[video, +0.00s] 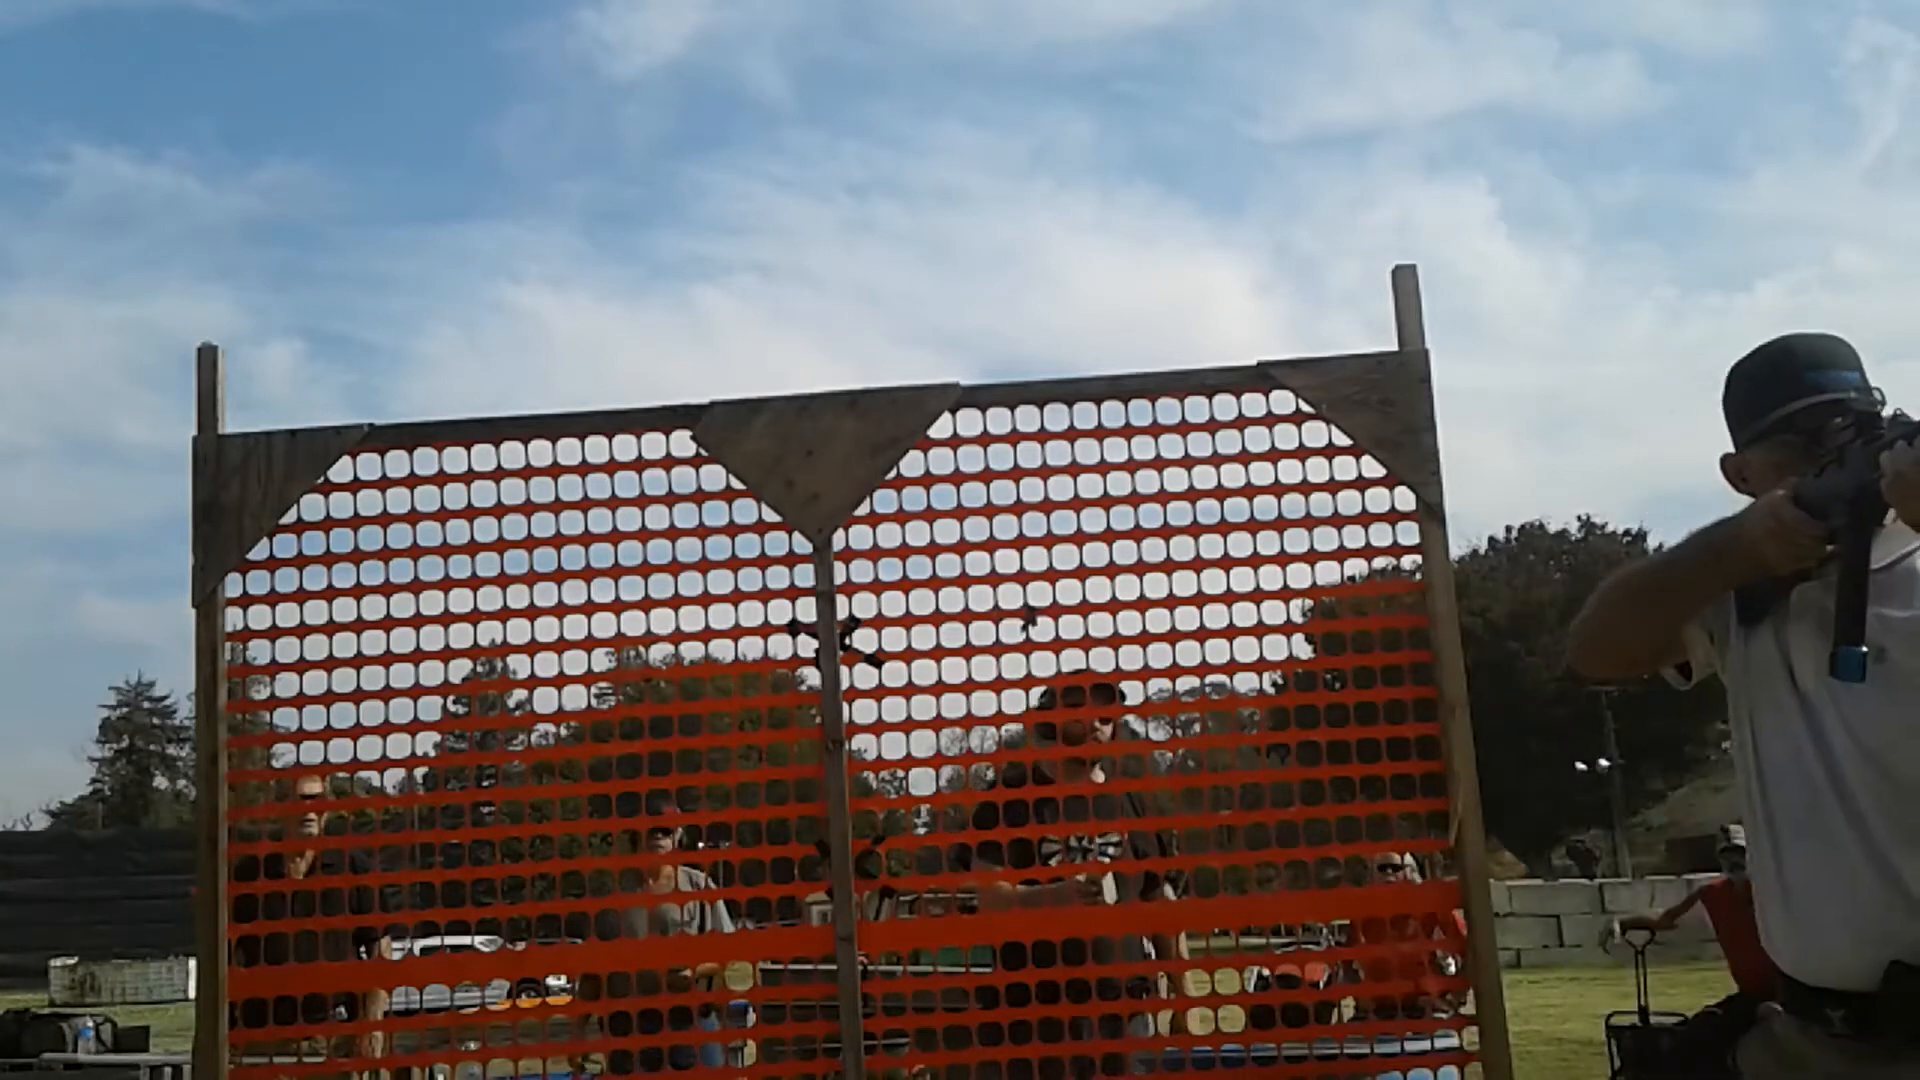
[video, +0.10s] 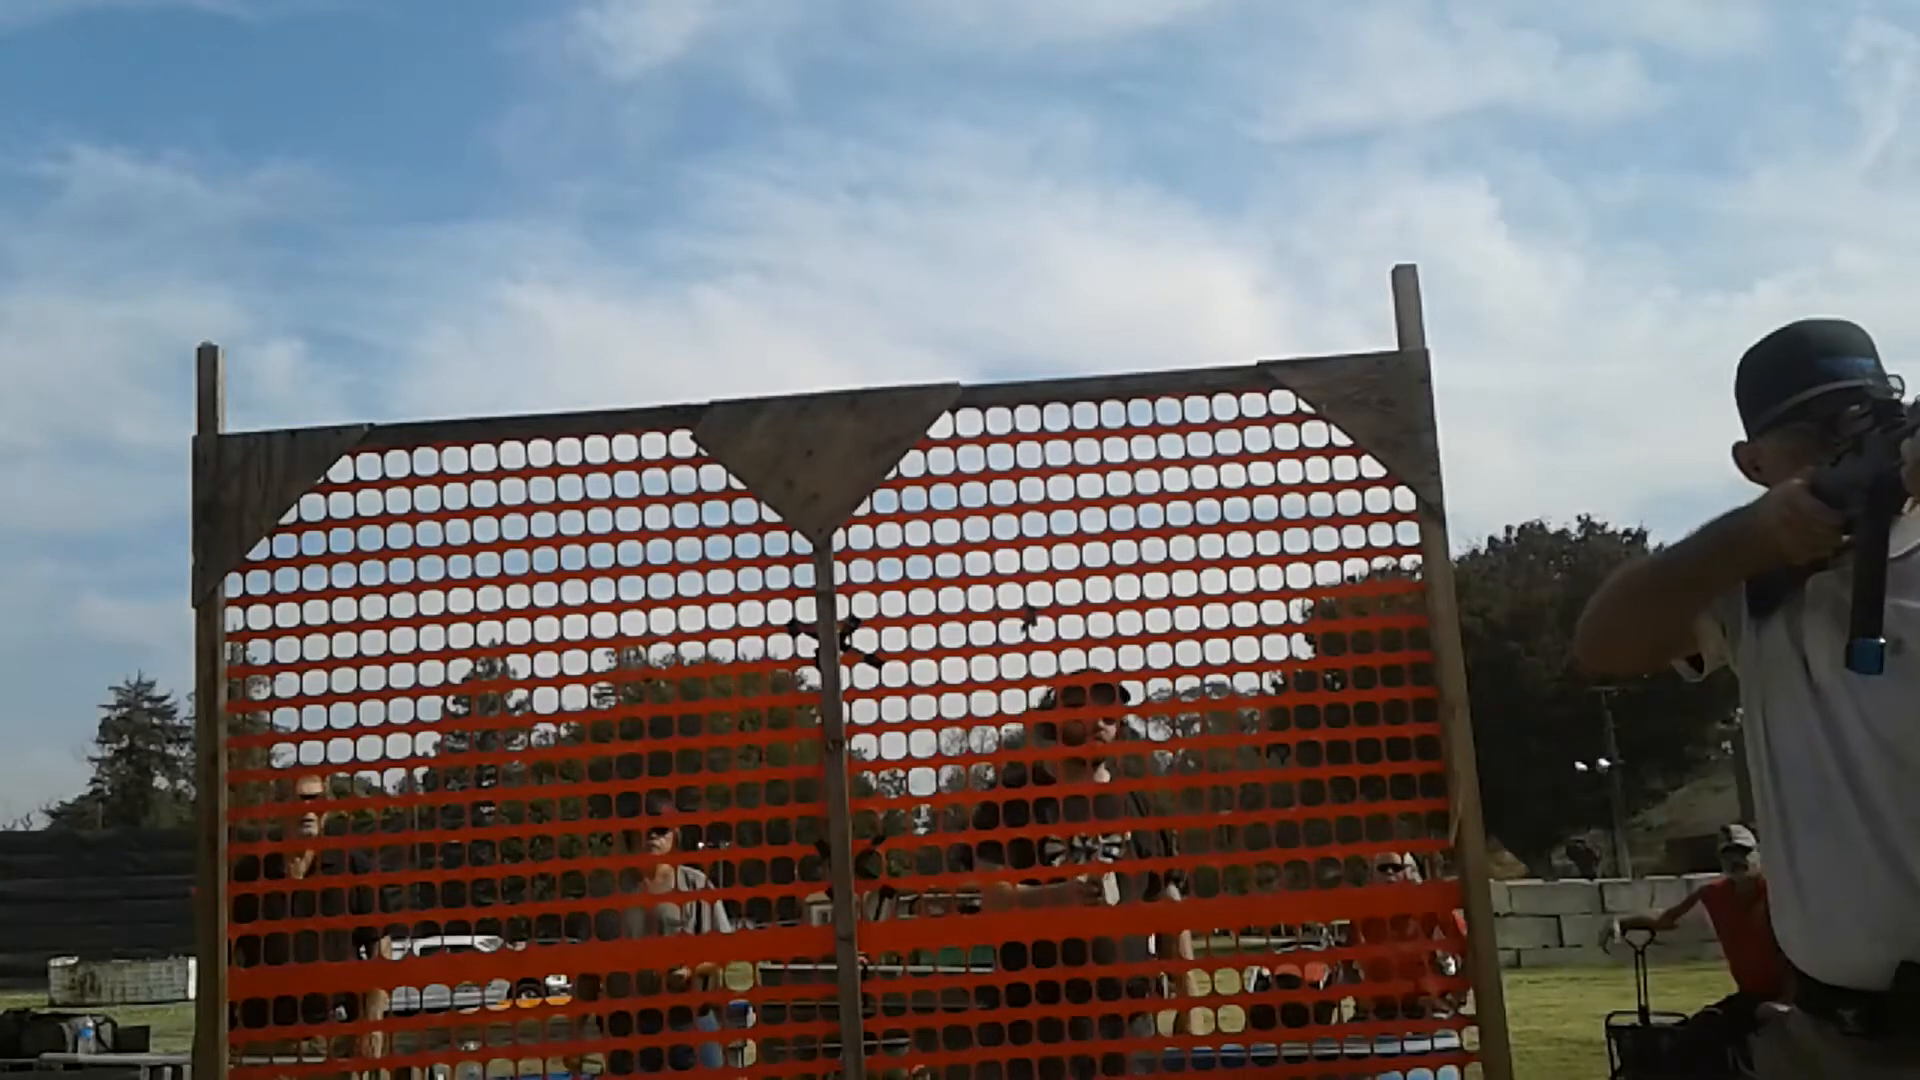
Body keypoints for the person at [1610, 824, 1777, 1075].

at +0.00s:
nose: (1733, 865)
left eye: (1739, 857)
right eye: (1726, 858)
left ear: (1752, 858)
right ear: (1720, 860)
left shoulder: (1771, 891)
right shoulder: (1712, 894)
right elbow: (1665, 921)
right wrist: (1622, 924)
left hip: (1793, 992)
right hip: (1751, 996)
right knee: (1697, 1032)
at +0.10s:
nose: (1737, 860)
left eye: (1744, 852)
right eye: (1729, 853)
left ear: (1756, 857)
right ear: (1721, 859)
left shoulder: (1777, 890)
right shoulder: (1711, 894)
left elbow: (1798, 946)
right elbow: (1666, 921)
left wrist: (1785, 1002)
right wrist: (1622, 924)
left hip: (1793, 996)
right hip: (1750, 998)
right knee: (1695, 1031)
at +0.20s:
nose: (1739, 863)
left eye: (1745, 855)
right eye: (1730, 858)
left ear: (1759, 855)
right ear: (1723, 861)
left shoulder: (1779, 887)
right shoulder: (1713, 893)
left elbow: (1798, 946)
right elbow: (1667, 921)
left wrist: (1790, 1001)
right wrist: (1622, 923)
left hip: (1793, 998)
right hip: (1751, 998)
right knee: (1695, 1031)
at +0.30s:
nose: (1738, 860)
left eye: (1746, 852)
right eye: (1730, 854)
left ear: (1760, 855)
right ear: (1723, 859)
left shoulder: (1779, 887)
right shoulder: (1713, 893)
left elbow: (1799, 946)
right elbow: (1667, 921)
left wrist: (1789, 1001)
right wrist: (1621, 923)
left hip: (1794, 997)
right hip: (1751, 998)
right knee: (1697, 1030)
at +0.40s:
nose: (1739, 860)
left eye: (1746, 852)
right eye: (1731, 853)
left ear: (1760, 857)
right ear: (1723, 860)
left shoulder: (1779, 890)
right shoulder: (1713, 894)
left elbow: (1797, 948)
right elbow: (1667, 922)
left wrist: (1787, 1002)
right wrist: (1621, 923)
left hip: (1792, 997)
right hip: (1750, 998)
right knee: (1695, 1032)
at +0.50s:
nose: (1738, 862)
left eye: (1746, 854)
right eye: (1731, 856)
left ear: (1757, 857)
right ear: (1723, 860)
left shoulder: (1777, 890)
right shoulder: (1713, 894)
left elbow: (1797, 946)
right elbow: (1667, 922)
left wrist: (1786, 1002)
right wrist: (1621, 923)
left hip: (1792, 996)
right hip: (1749, 998)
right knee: (1696, 1030)